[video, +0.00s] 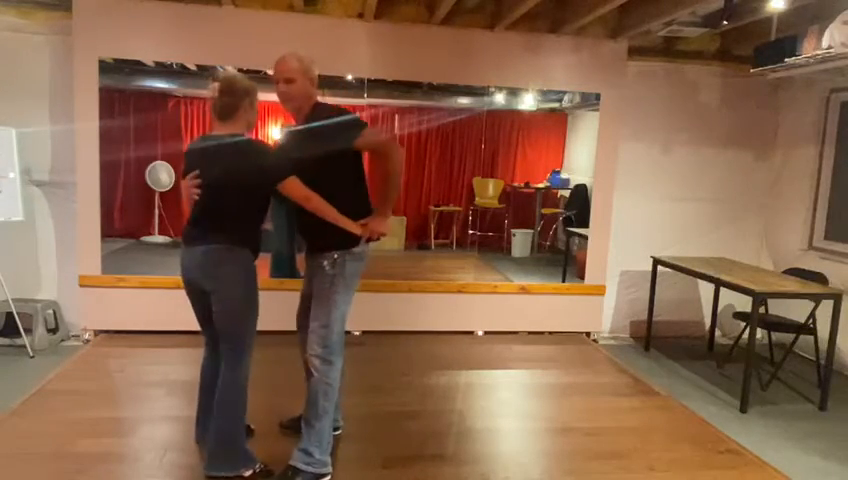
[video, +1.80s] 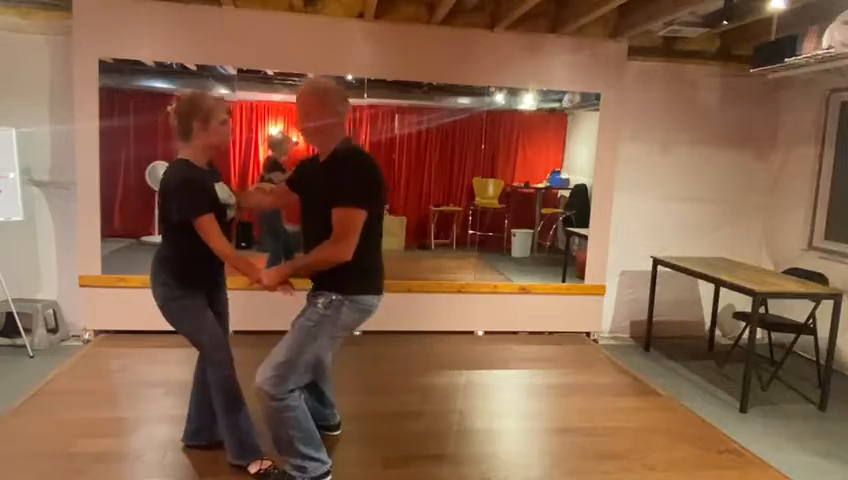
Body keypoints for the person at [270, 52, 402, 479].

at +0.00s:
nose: (281, 90)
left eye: (288, 82)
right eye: (277, 83)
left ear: (312, 82)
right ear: (276, 88)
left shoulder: (336, 120)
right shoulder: (292, 135)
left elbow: (390, 147)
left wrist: (383, 212)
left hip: (342, 250)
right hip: (317, 251)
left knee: (321, 350)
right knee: (312, 338)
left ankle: (313, 463)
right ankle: (323, 418)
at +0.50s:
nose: (301, 129)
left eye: (308, 121)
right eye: (297, 122)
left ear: (327, 121)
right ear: (295, 126)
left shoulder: (356, 157)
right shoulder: (292, 176)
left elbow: (393, 207)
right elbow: (258, 227)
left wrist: (357, 244)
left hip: (360, 272)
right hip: (321, 275)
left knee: (307, 352)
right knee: (279, 340)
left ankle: (313, 467)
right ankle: (322, 419)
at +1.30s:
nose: (318, 150)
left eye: (326, 143)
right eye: (316, 143)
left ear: (350, 146)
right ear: (317, 144)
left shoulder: (376, 190)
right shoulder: (316, 191)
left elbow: (367, 259)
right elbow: (261, 219)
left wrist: (303, 283)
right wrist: (216, 217)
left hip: (369, 308)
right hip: (342, 299)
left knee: (281, 374)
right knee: (291, 332)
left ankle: (311, 469)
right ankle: (324, 418)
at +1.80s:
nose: (299, 123)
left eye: (303, 116)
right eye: (300, 116)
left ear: (314, 118)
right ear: (341, 116)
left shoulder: (356, 168)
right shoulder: (311, 169)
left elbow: (342, 248)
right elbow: (274, 198)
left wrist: (285, 270)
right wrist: (231, 197)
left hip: (349, 294)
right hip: (327, 288)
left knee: (275, 383)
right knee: (307, 352)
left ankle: (310, 470)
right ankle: (324, 417)